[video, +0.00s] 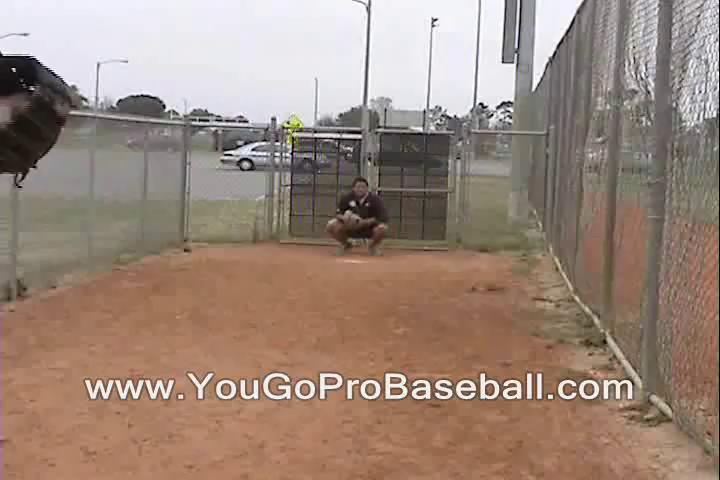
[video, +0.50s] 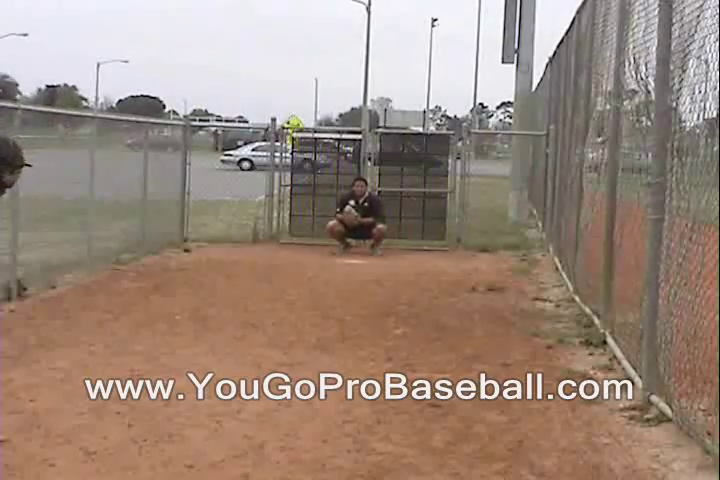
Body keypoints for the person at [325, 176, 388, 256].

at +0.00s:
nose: (360, 189)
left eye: (363, 187)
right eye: (358, 187)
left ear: (367, 189)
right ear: (353, 188)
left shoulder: (374, 199)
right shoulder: (346, 199)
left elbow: (382, 218)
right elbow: (338, 213)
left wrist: (363, 222)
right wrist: (345, 219)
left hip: (367, 227)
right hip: (350, 226)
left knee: (381, 229)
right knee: (332, 226)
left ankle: (373, 246)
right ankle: (346, 245)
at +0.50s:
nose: (359, 189)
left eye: (362, 186)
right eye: (357, 186)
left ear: (366, 188)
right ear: (353, 188)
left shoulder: (373, 199)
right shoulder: (346, 197)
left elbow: (379, 218)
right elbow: (338, 214)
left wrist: (360, 220)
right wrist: (345, 219)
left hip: (366, 227)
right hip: (349, 226)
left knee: (381, 229)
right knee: (332, 226)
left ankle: (374, 246)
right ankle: (345, 244)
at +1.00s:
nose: (360, 189)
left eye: (362, 186)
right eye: (357, 186)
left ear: (367, 188)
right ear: (353, 188)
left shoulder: (374, 200)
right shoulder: (346, 199)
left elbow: (379, 219)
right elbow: (338, 215)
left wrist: (363, 221)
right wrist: (346, 217)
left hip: (366, 227)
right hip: (350, 227)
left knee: (381, 229)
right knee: (331, 226)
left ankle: (375, 246)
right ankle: (344, 244)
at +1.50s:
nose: (360, 187)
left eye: (363, 184)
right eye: (358, 184)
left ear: (367, 186)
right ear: (353, 186)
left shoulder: (372, 199)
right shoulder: (346, 198)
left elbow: (379, 215)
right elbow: (338, 214)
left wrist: (364, 212)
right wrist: (346, 214)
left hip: (366, 227)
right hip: (350, 227)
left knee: (378, 230)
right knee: (333, 226)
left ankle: (374, 246)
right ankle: (345, 244)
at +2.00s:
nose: (361, 186)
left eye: (364, 183)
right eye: (358, 183)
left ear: (367, 185)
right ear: (354, 185)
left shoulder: (373, 199)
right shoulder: (346, 197)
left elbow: (378, 217)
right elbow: (338, 213)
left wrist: (364, 208)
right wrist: (350, 206)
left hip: (365, 227)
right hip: (349, 226)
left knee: (376, 231)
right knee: (332, 225)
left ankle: (376, 245)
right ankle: (346, 244)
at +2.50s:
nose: (357, 188)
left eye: (359, 185)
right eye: (354, 185)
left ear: (364, 187)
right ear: (351, 187)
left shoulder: (371, 197)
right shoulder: (347, 197)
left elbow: (370, 207)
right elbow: (338, 209)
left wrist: (354, 208)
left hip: (366, 227)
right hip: (350, 227)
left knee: (379, 229)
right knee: (334, 225)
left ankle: (377, 245)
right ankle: (346, 244)